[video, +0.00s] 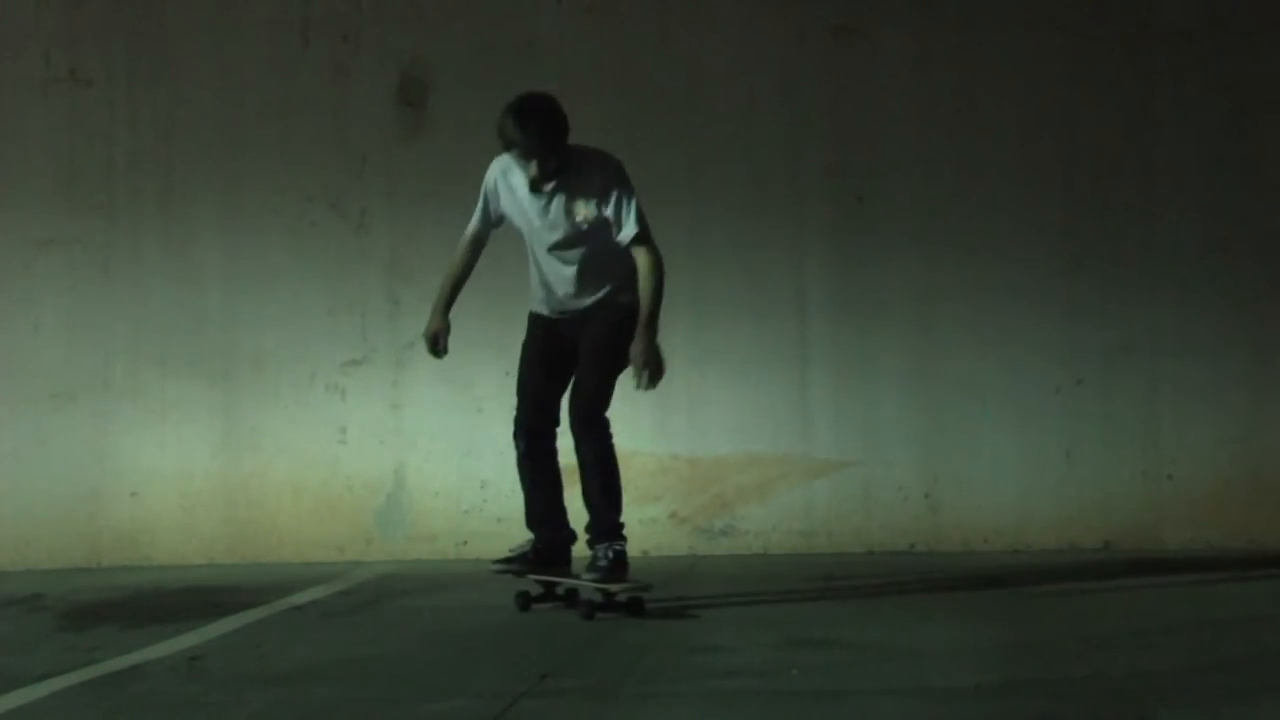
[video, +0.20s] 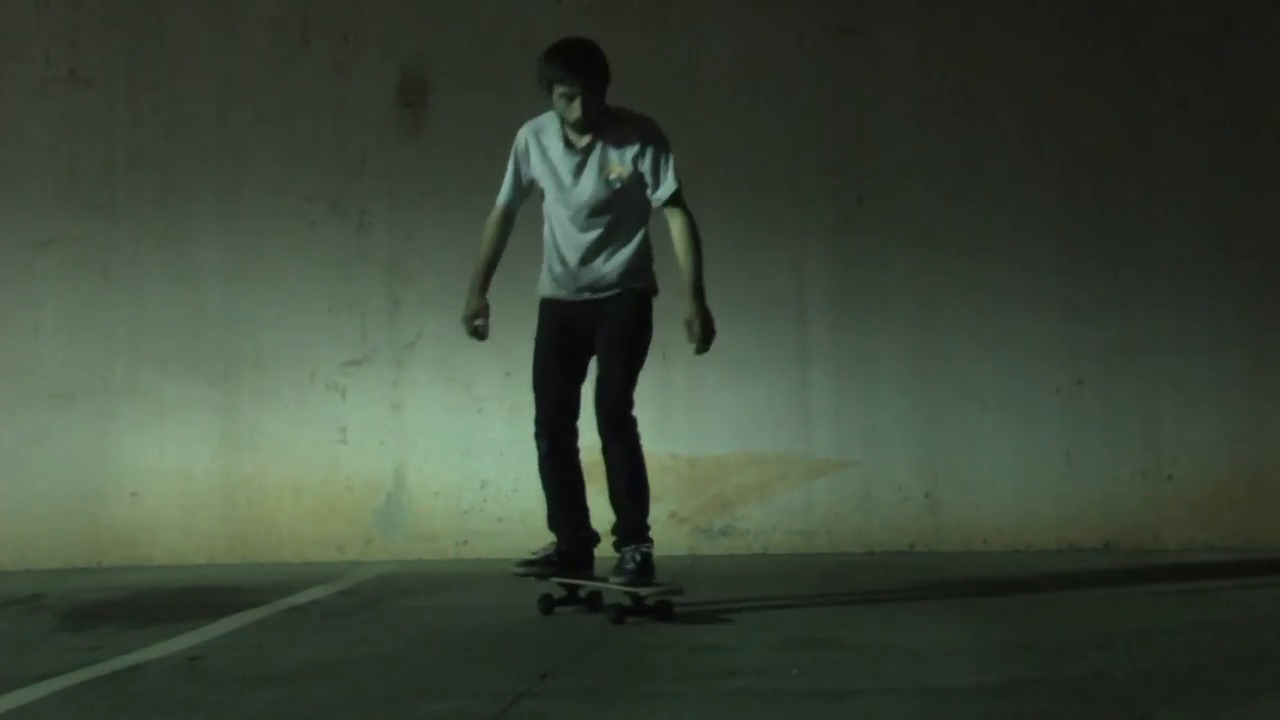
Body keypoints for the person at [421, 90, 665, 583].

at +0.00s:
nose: (535, 168)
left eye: (543, 155)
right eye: (524, 157)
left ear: (562, 144)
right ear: (511, 150)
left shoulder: (601, 174)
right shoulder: (502, 174)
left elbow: (644, 251)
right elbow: (473, 239)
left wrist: (647, 334)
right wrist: (439, 310)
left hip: (607, 313)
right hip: (549, 316)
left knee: (587, 417)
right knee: (531, 426)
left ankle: (607, 544)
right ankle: (549, 543)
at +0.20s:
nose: (578, 110)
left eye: (588, 96)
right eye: (566, 97)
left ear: (603, 92)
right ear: (549, 94)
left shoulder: (637, 139)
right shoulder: (532, 139)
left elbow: (676, 215)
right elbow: (503, 211)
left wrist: (696, 300)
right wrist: (477, 291)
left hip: (623, 299)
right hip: (560, 301)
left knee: (612, 413)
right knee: (552, 425)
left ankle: (633, 544)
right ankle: (571, 546)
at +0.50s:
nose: (643, 57)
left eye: (653, 46)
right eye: (632, 45)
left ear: (665, 50)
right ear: (610, 48)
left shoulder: (689, 113)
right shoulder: (578, 110)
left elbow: (719, 197)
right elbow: (548, 189)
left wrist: (741, 280)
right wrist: (548, 272)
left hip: (664, 291)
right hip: (595, 291)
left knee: (662, 421)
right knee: (592, 428)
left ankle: (673, 548)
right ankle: (605, 550)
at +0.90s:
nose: (724, 33)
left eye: (735, 21)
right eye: (713, 19)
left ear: (745, 28)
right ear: (687, 24)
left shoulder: (761, 101)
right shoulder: (646, 92)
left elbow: (785, 196)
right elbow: (618, 179)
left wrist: (806, 286)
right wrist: (618, 269)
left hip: (735, 287)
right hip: (661, 287)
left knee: (738, 425)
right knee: (656, 427)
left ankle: (736, 554)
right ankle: (659, 556)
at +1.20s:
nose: (779, 18)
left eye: (790, 8)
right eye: (767, 6)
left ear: (804, 19)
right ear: (743, 13)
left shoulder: (821, 94)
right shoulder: (701, 86)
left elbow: (837, 187)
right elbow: (673, 175)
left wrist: (855, 269)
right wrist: (666, 270)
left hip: (793, 280)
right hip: (718, 279)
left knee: (801, 426)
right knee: (716, 428)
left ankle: (804, 560)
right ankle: (722, 563)